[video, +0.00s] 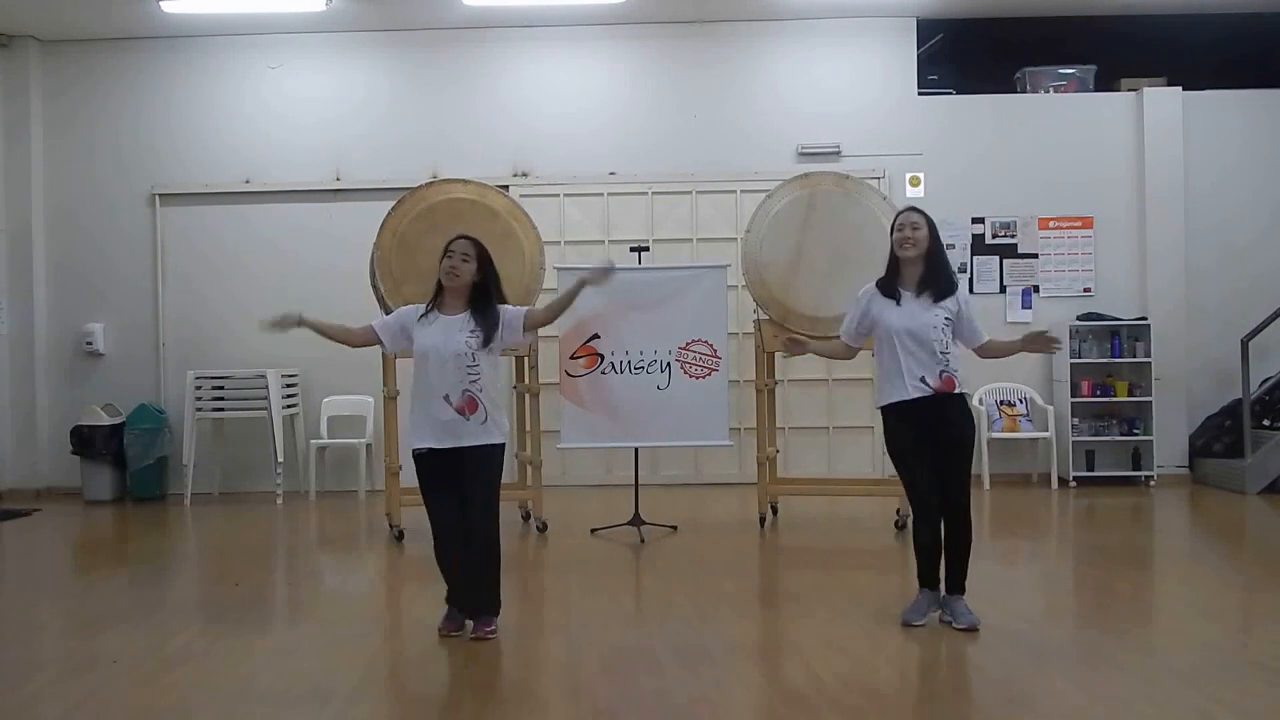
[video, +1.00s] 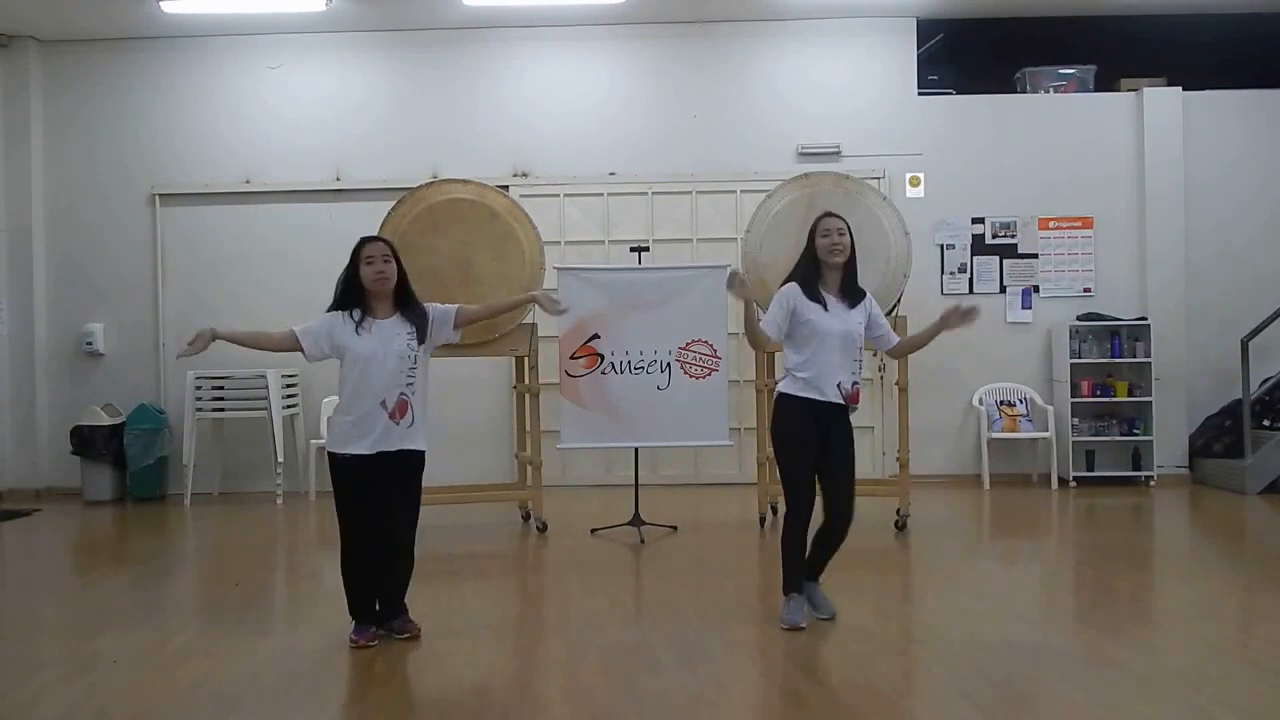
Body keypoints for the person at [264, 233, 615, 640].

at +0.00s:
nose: (454, 262)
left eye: (465, 258)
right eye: (449, 255)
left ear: (479, 273)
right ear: (438, 265)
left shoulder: (491, 317)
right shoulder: (413, 317)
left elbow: (543, 314)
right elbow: (356, 336)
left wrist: (580, 285)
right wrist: (307, 322)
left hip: (483, 440)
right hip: (430, 442)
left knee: (481, 527)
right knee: (445, 529)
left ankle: (485, 612)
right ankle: (457, 603)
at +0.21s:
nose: (458, 266)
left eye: (469, 263)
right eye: (455, 258)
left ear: (481, 278)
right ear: (443, 267)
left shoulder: (491, 319)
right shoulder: (416, 315)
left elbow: (527, 302)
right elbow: (359, 313)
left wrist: (535, 261)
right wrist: (321, 275)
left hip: (478, 449)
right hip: (426, 449)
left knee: (477, 535)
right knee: (420, 534)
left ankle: (485, 613)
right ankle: (451, 595)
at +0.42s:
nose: (437, 263)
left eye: (447, 260)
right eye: (435, 255)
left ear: (464, 273)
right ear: (425, 266)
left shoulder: (472, 316)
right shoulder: (405, 311)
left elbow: (470, 273)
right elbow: (365, 281)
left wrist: (443, 224)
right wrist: (376, 234)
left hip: (460, 443)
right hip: (409, 443)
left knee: (470, 533)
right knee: (388, 534)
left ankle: (484, 614)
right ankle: (380, 615)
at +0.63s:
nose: (412, 268)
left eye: (422, 265)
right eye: (407, 260)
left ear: (435, 280)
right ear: (395, 270)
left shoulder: (443, 323)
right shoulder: (374, 317)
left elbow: (458, 282)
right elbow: (333, 288)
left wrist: (431, 241)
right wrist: (355, 246)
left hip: (428, 449)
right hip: (375, 448)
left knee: (447, 535)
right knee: (368, 539)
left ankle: (480, 612)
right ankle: (364, 620)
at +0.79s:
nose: (394, 267)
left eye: (404, 262)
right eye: (387, 260)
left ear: (416, 275)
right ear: (374, 270)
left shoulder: (429, 320)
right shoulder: (348, 318)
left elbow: (472, 294)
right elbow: (290, 303)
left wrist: (489, 246)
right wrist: (259, 260)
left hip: (412, 446)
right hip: (358, 447)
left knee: (416, 532)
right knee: (357, 538)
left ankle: (444, 608)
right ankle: (365, 620)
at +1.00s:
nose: (380, 267)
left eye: (386, 260)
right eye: (370, 261)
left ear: (399, 268)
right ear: (356, 273)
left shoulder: (420, 317)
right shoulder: (340, 323)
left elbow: (475, 314)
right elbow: (283, 340)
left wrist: (531, 298)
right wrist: (218, 335)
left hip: (405, 447)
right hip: (352, 447)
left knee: (400, 533)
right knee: (358, 536)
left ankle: (394, 613)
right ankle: (364, 620)